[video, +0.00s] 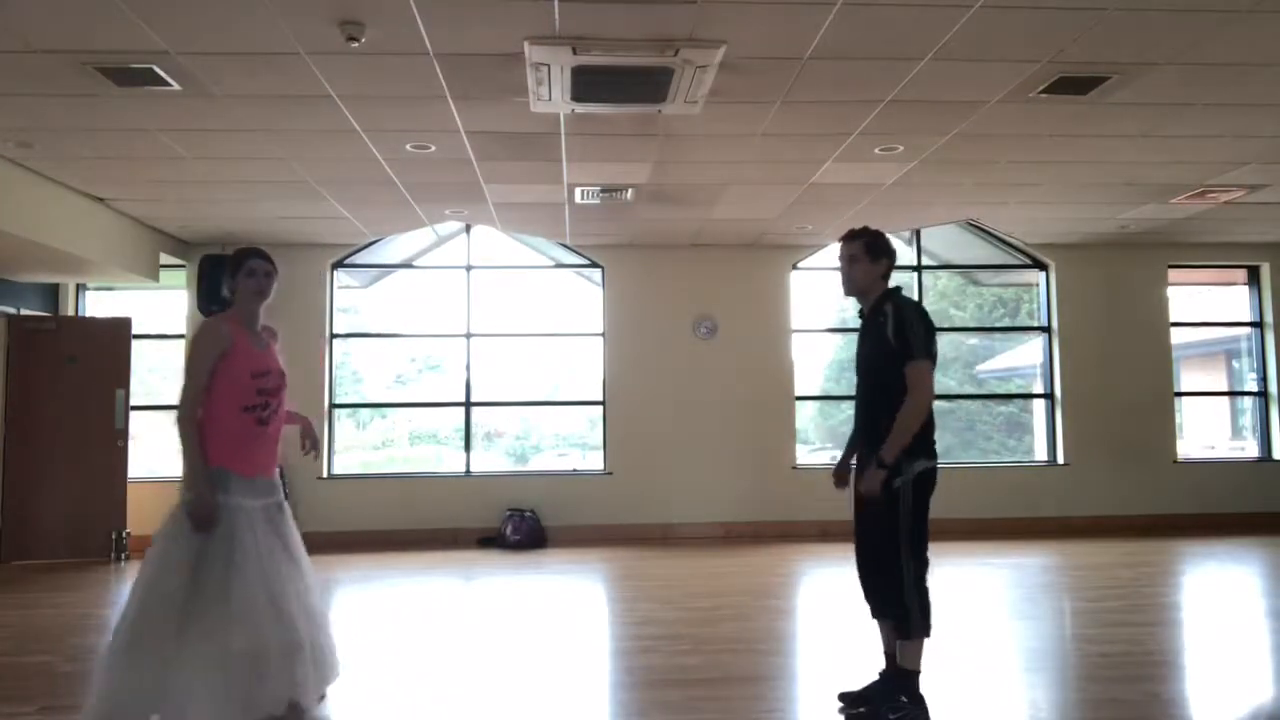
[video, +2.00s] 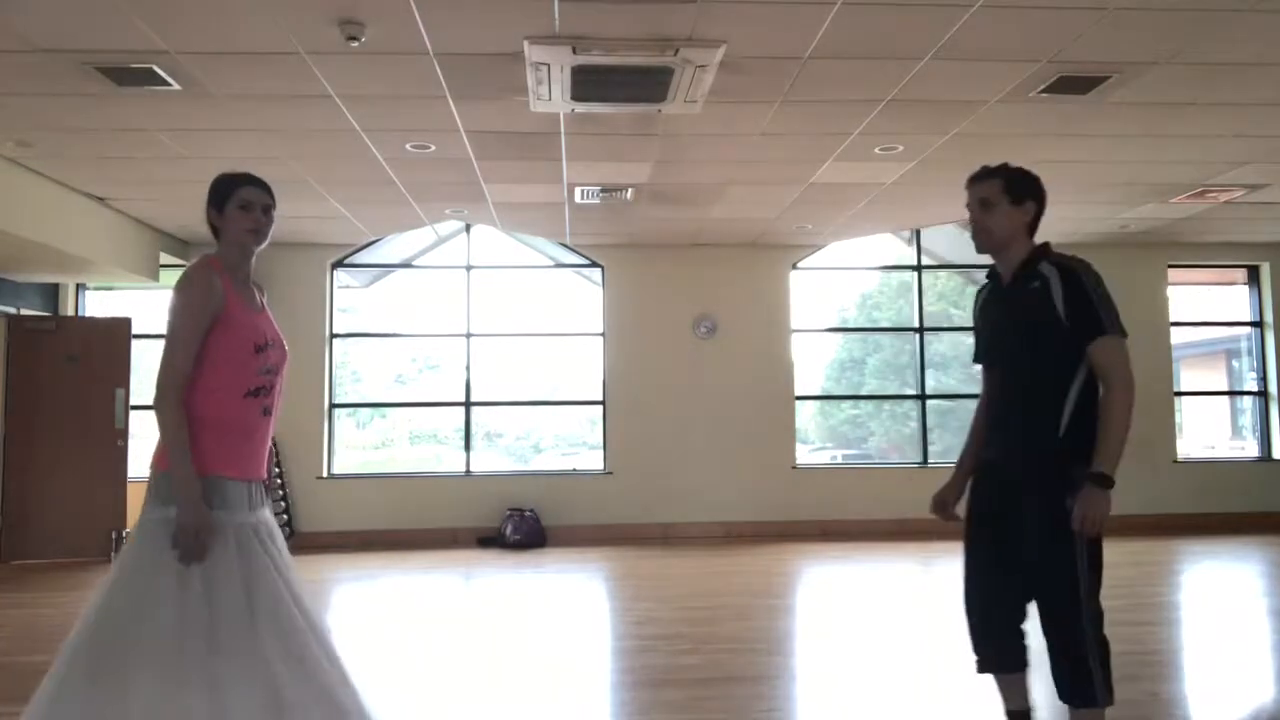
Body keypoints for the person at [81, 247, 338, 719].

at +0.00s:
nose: (261, 281)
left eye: (268, 275)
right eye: (252, 273)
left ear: (274, 286)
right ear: (232, 281)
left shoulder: (269, 335)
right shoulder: (215, 331)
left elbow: (258, 407)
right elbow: (187, 411)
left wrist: (301, 420)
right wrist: (197, 484)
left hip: (265, 485)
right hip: (225, 485)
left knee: (273, 597)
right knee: (225, 600)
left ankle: (276, 698)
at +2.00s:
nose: (257, 218)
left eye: (266, 212)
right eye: (245, 208)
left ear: (272, 226)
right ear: (216, 217)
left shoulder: (256, 294)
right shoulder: (203, 280)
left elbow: (245, 399)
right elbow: (167, 392)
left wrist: (261, 485)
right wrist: (189, 500)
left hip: (245, 497)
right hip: (203, 496)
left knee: (245, 653)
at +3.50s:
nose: (263, 225)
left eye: (261, 215)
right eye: (253, 215)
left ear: (224, 220)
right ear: (218, 218)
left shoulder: (235, 295)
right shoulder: (196, 286)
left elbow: (245, 401)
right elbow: (187, 402)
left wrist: (280, 483)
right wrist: (216, 505)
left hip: (256, 492)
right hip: (221, 493)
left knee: (263, 647)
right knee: (224, 649)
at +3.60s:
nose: (264, 226)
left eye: (263, 216)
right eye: (254, 215)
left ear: (226, 221)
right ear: (219, 219)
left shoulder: (237, 295)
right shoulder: (198, 285)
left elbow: (243, 404)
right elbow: (187, 401)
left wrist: (279, 488)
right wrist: (216, 504)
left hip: (258, 494)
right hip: (225, 495)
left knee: (264, 649)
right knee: (227, 651)